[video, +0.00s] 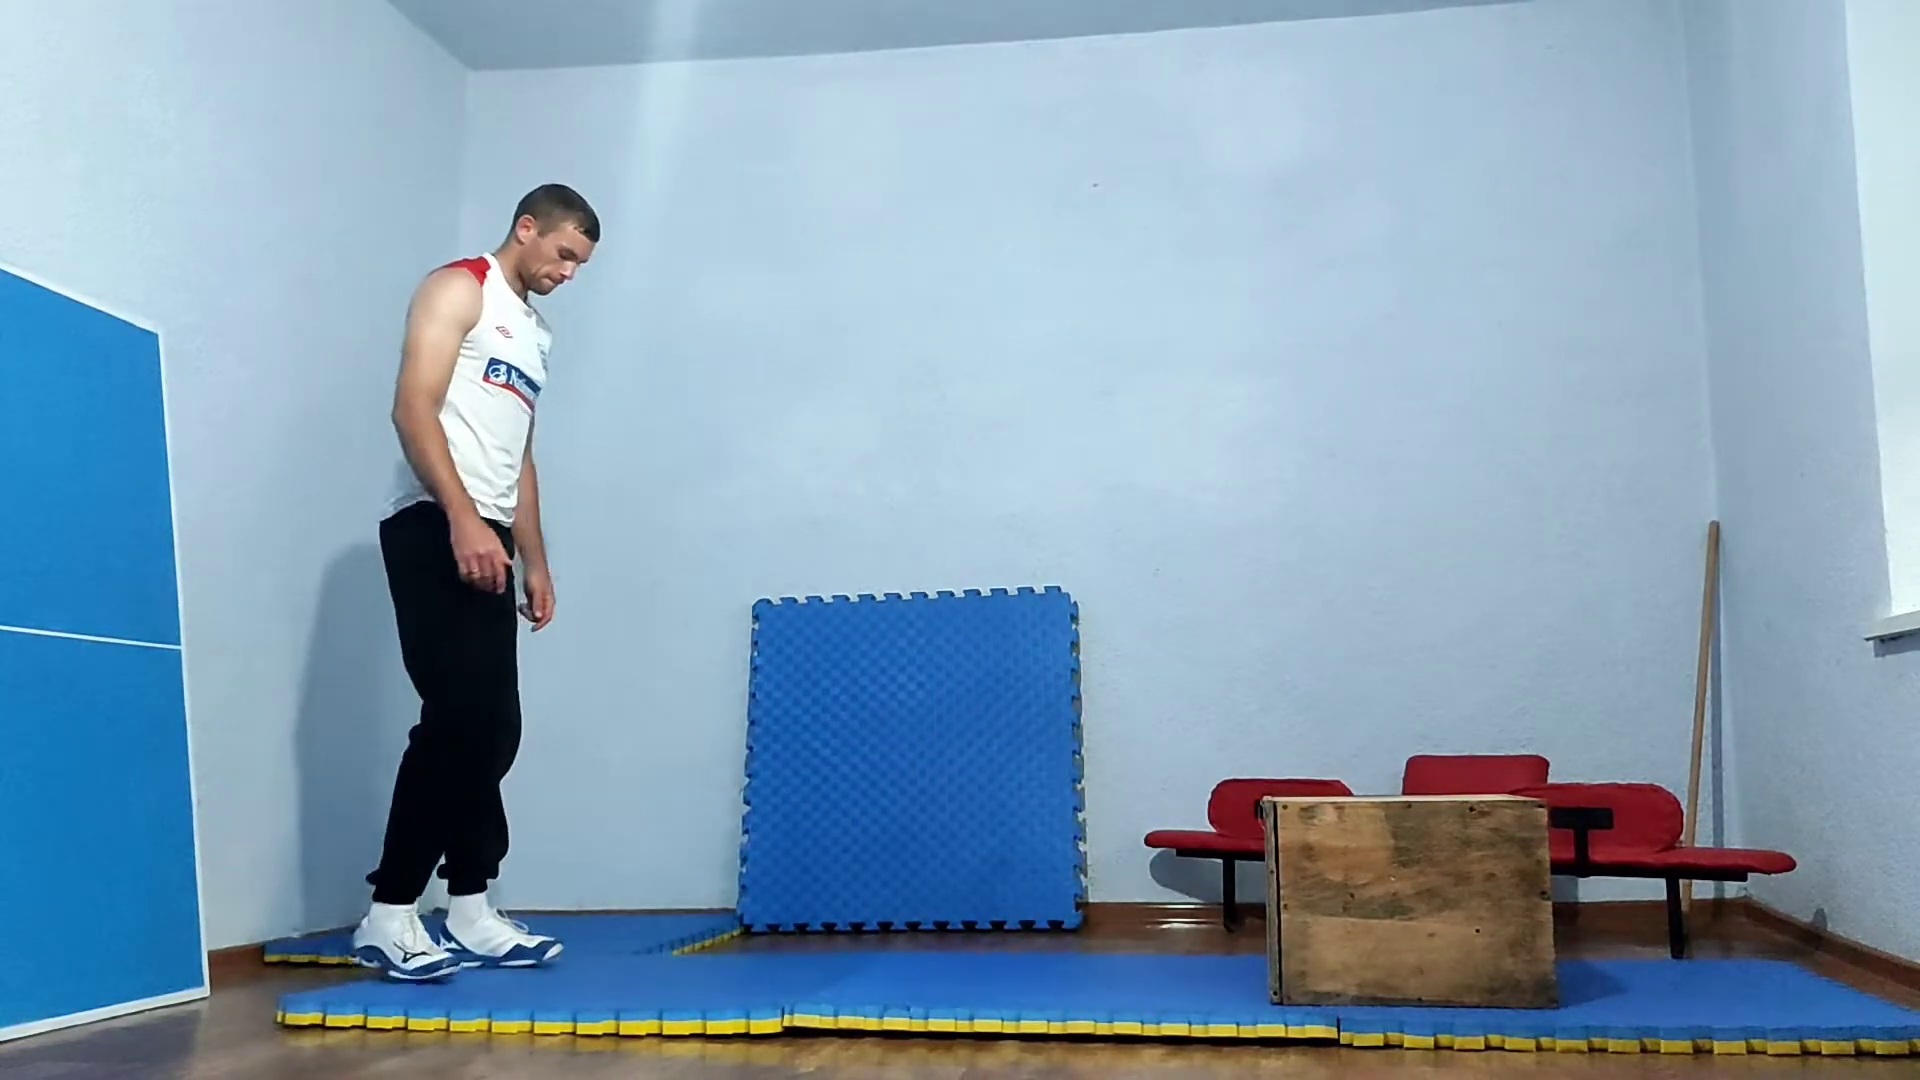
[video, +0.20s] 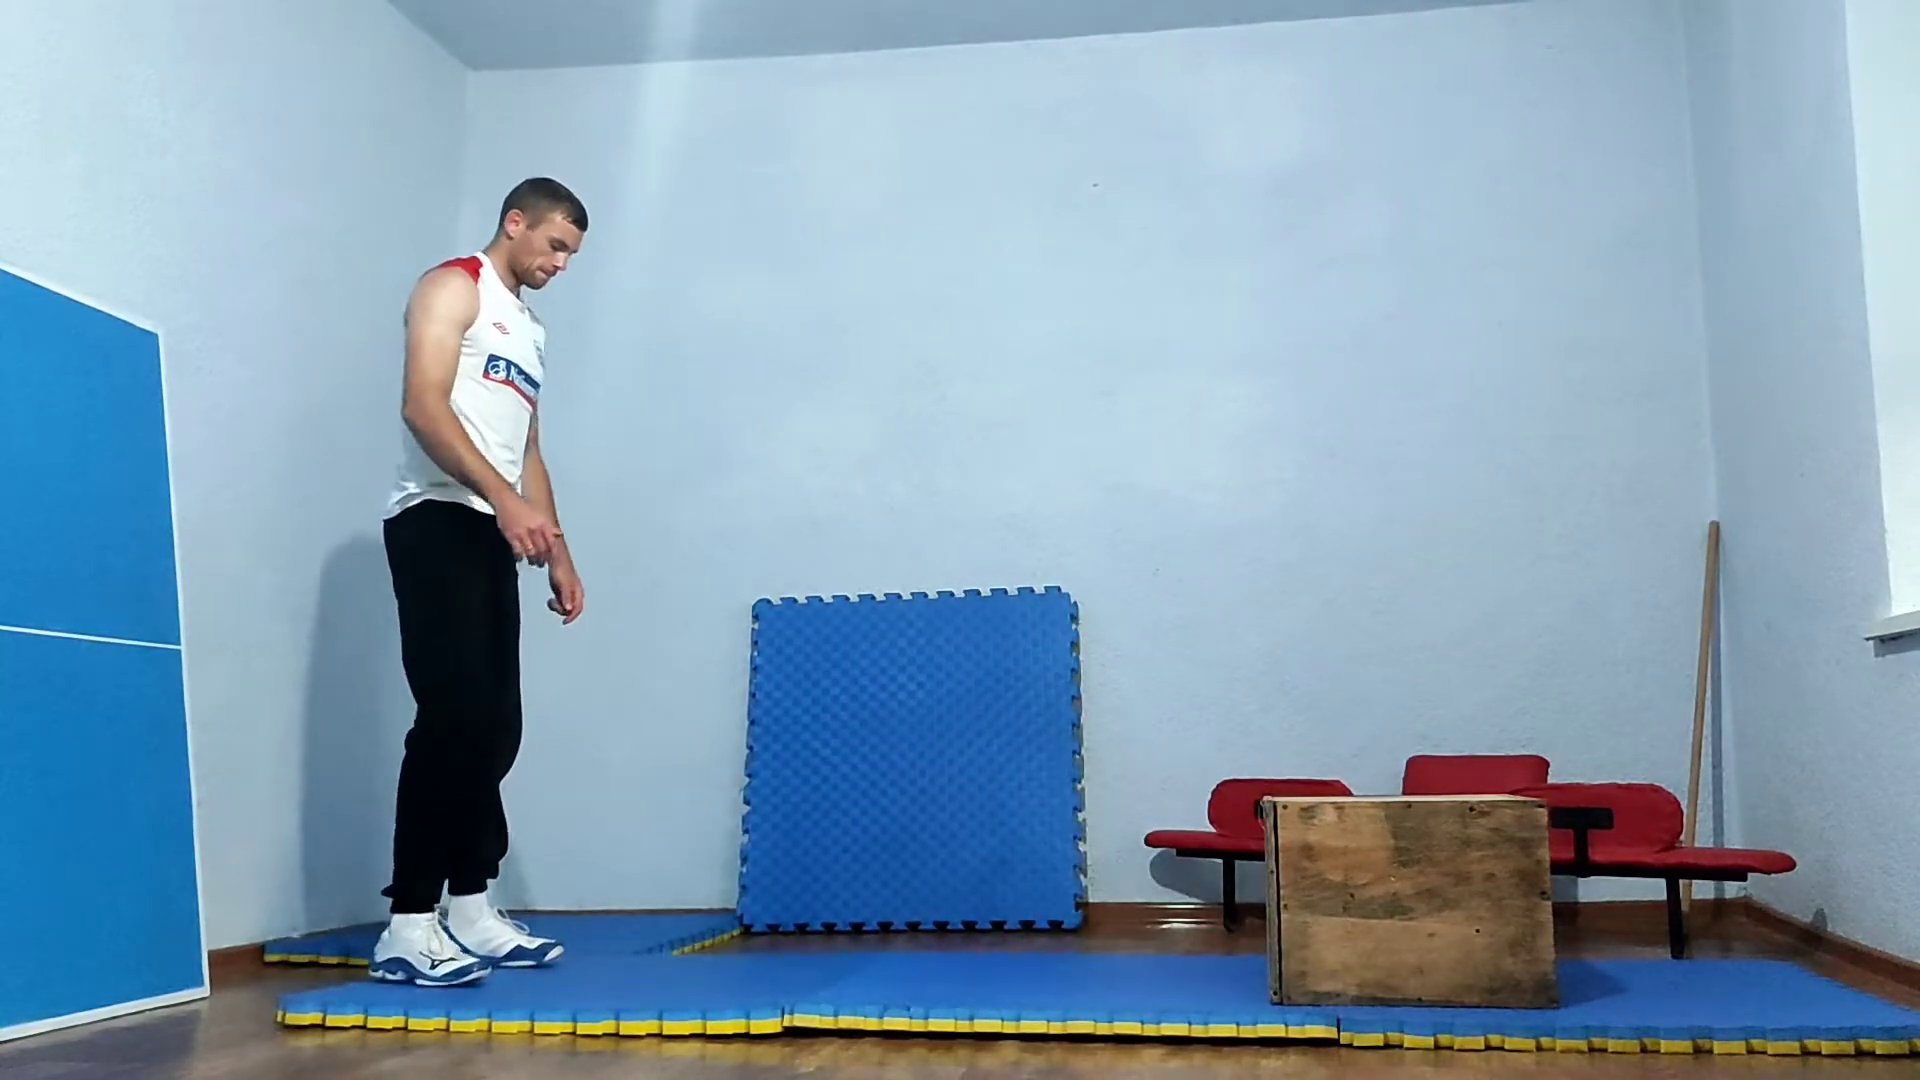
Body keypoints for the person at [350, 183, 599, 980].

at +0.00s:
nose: (568, 272)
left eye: (578, 262)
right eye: (562, 253)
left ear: (574, 261)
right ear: (524, 229)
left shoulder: (533, 328)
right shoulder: (456, 291)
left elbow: (519, 455)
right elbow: (414, 411)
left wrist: (535, 557)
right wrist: (462, 518)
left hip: (489, 541)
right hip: (432, 530)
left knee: (494, 726)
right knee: (457, 719)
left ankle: (468, 910)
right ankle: (388, 915)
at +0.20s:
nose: (560, 264)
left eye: (569, 253)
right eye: (554, 246)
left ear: (557, 248)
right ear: (513, 223)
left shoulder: (527, 325)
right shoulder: (451, 288)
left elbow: (527, 453)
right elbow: (425, 406)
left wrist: (557, 552)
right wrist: (503, 496)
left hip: (489, 535)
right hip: (436, 525)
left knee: (496, 726)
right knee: (451, 720)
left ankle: (467, 909)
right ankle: (407, 926)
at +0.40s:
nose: (548, 248)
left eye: (555, 238)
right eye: (542, 230)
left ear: (536, 235)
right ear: (496, 212)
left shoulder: (513, 323)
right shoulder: (439, 281)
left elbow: (539, 447)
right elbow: (440, 397)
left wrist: (600, 526)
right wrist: (545, 464)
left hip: (491, 535)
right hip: (434, 529)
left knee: (500, 725)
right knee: (443, 721)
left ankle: (469, 910)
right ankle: (407, 929)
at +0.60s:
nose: (535, 236)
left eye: (540, 224)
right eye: (525, 218)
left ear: (513, 222)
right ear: (477, 207)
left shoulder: (504, 318)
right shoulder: (427, 273)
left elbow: (591, 392)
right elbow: (496, 321)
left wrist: (696, 397)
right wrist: (625, 322)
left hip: (484, 529)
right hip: (426, 523)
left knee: (503, 726)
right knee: (438, 721)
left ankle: (470, 909)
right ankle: (406, 931)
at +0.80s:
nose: (534, 224)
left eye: (536, 212)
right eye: (521, 208)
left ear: (521, 219)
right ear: (474, 206)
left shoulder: (517, 294)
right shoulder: (434, 273)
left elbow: (618, 268)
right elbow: (509, 198)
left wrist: (694, 197)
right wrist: (622, 132)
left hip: (495, 525)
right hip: (438, 521)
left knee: (499, 726)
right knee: (454, 718)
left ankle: (468, 908)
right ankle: (406, 927)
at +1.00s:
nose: (534, 202)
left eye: (540, 194)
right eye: (520, 186)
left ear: (539, 209)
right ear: (483, 187)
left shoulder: (522, 276)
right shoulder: (444, 256)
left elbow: (590, 194)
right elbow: (497, 134)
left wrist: (628, 89)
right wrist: (561, 40)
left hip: (516, 519)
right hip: (456, 514)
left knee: (514, 719)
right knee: (460, 716)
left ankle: (472, 908)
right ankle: (407, 925)